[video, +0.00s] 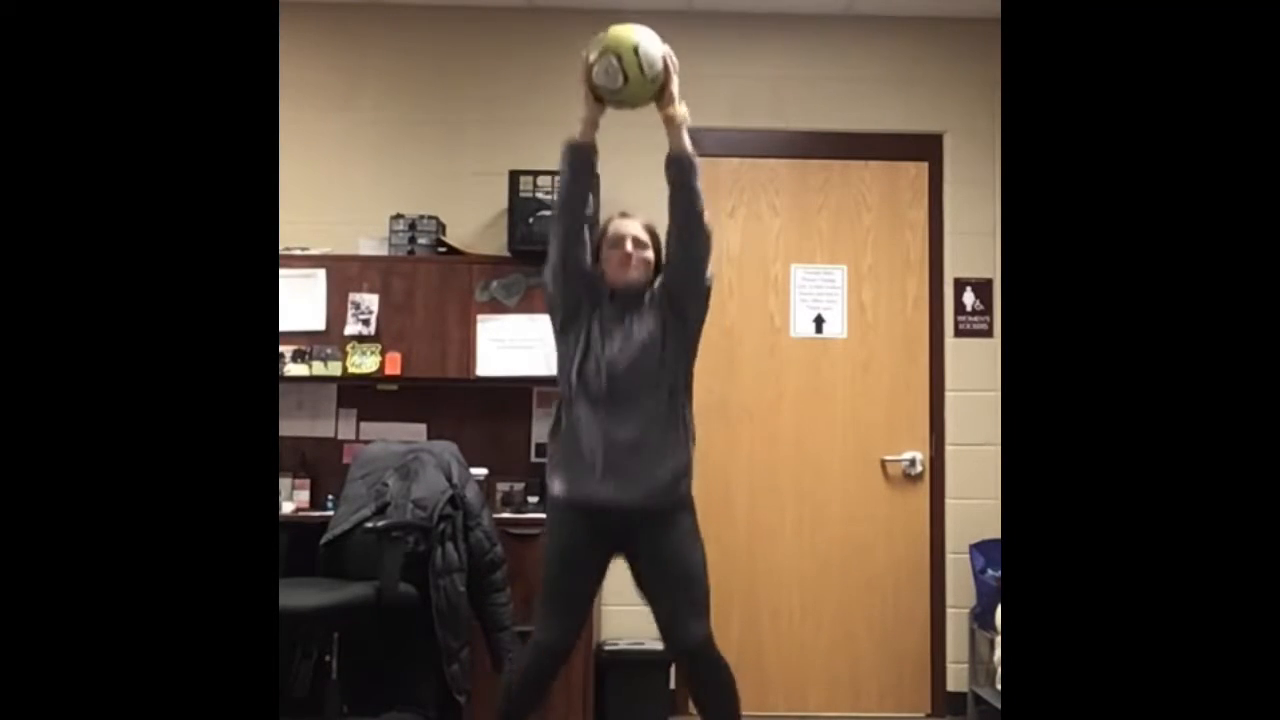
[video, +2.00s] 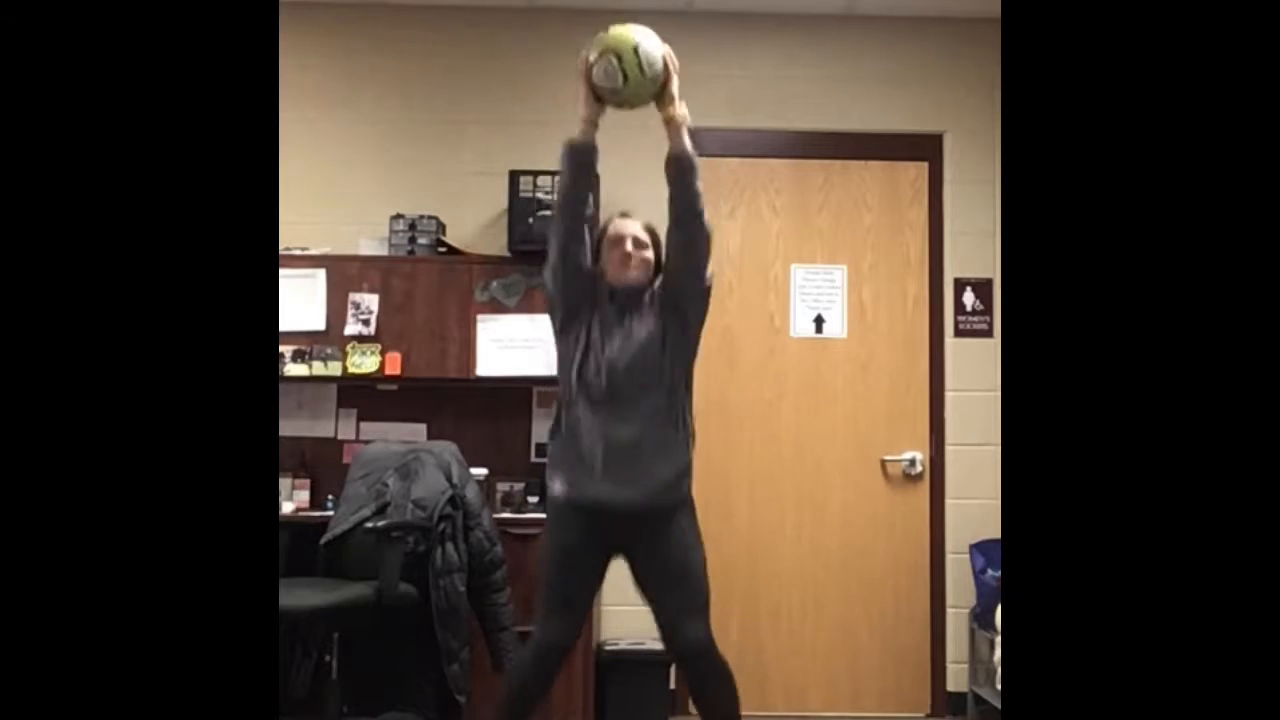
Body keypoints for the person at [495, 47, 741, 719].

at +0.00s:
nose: (632, 249)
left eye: (642, 242)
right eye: (619, 242)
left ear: (657, 261)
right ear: (595, 260)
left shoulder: (676, 315)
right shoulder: (577, 314)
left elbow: (691, 231)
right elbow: (570, 221)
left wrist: (676, 124)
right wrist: (589, 117)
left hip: (660, 507)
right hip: (579, 507)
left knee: (693, 645)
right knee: (549, 647)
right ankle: (504, 714)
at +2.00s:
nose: (632, 248)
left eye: (642, 241)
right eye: (619, 241)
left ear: (657, 261)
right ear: (596, 259)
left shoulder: (676, 314)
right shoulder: (578, 312)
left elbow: (690, 231)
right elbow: (570, 219)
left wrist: (676, 124)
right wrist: (588, 117)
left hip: (660, 506)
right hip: (579, 506)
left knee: (693, 647)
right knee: (549, 646)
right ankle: (504, 713)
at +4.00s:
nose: (631, 248)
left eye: (641, 241)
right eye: (618, 241)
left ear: (656, 261)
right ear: (596, 259)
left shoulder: (675, 313)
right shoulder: (577, 312)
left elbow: (691, 229)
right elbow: (570, 221)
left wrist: (675, 121)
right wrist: (589, 117)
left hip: (660, 507)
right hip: (579, 506)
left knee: (693, 647)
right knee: (548, 648)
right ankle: (501, 715)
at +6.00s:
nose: (632, 249)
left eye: (642, 242)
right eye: (619, 242)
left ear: (657, 261)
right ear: (595, 260)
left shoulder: (676, 315)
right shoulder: (577, 314)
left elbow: (691, 232)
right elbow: (569, 220)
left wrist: (676, 123)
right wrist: (589, 118)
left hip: (660, 508)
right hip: (579, 507)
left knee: (694, 646)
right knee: (548, 648)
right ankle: (502, 714)